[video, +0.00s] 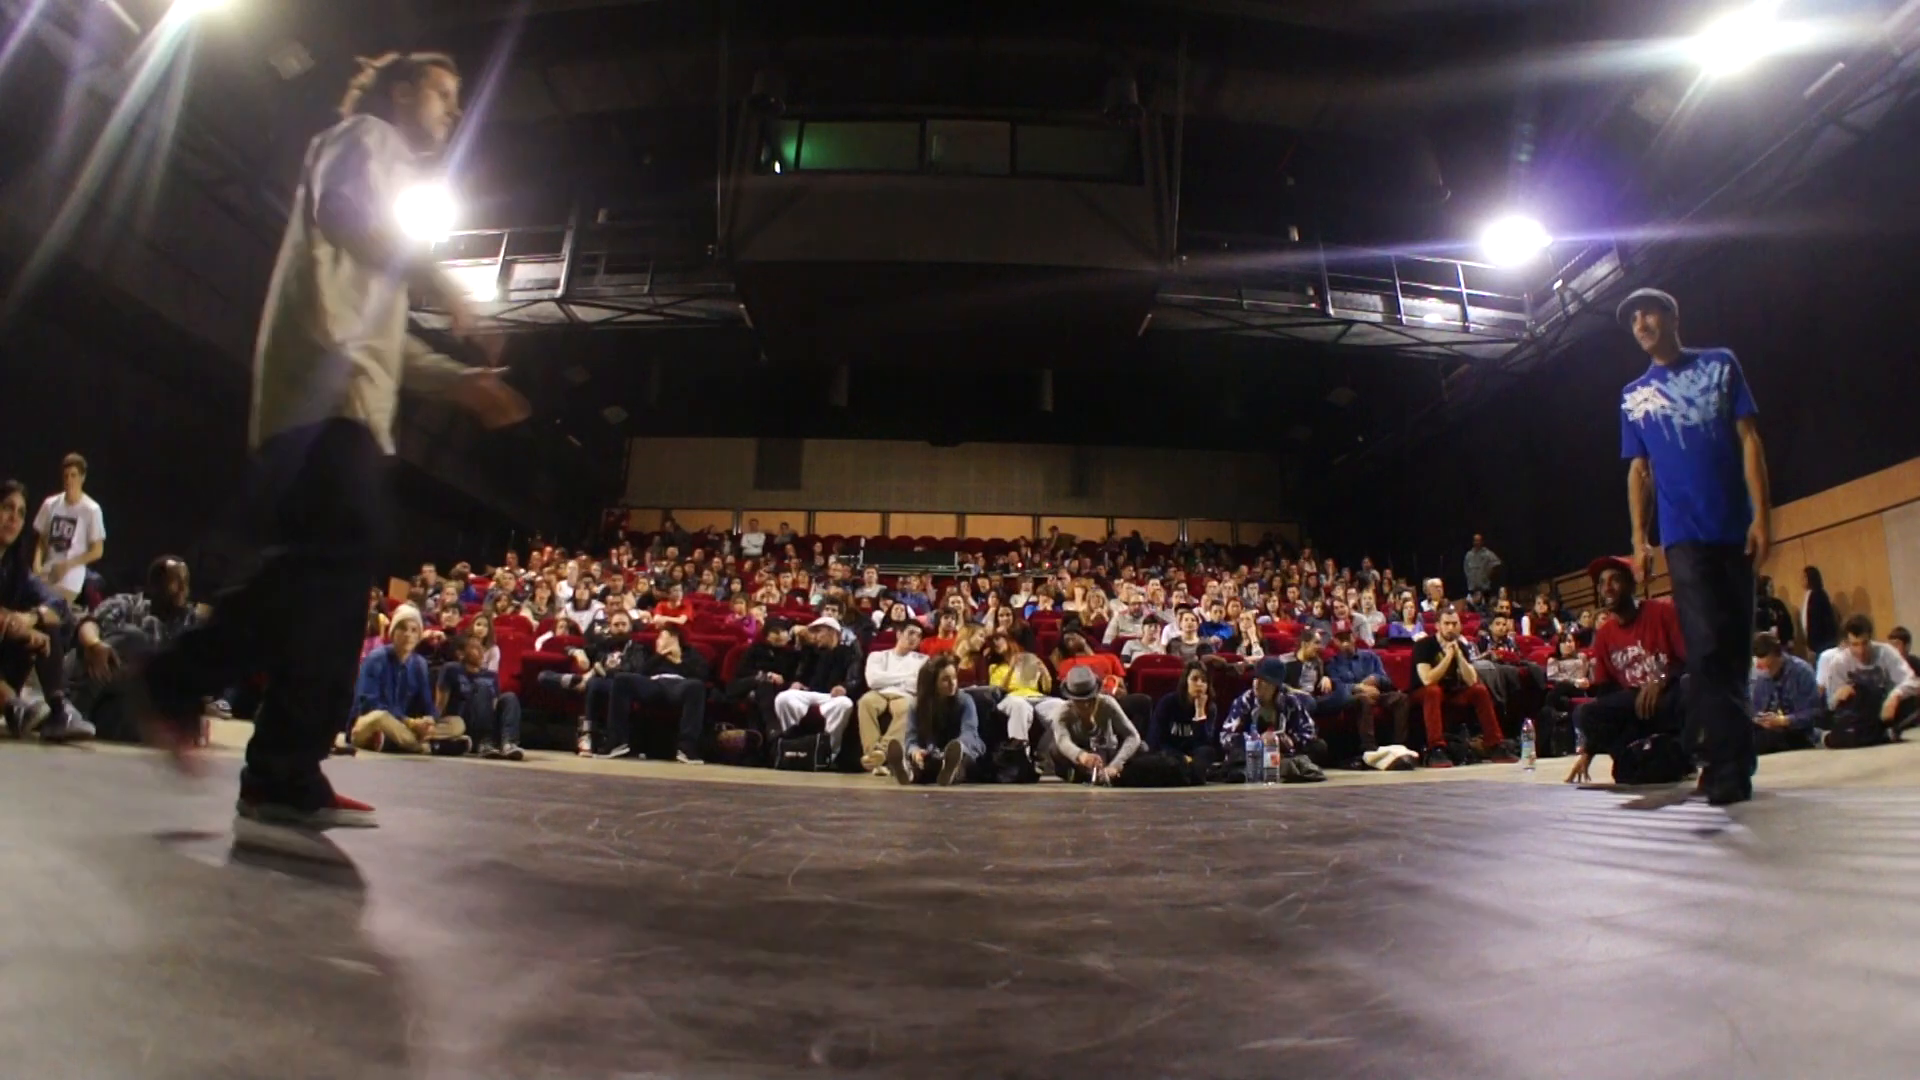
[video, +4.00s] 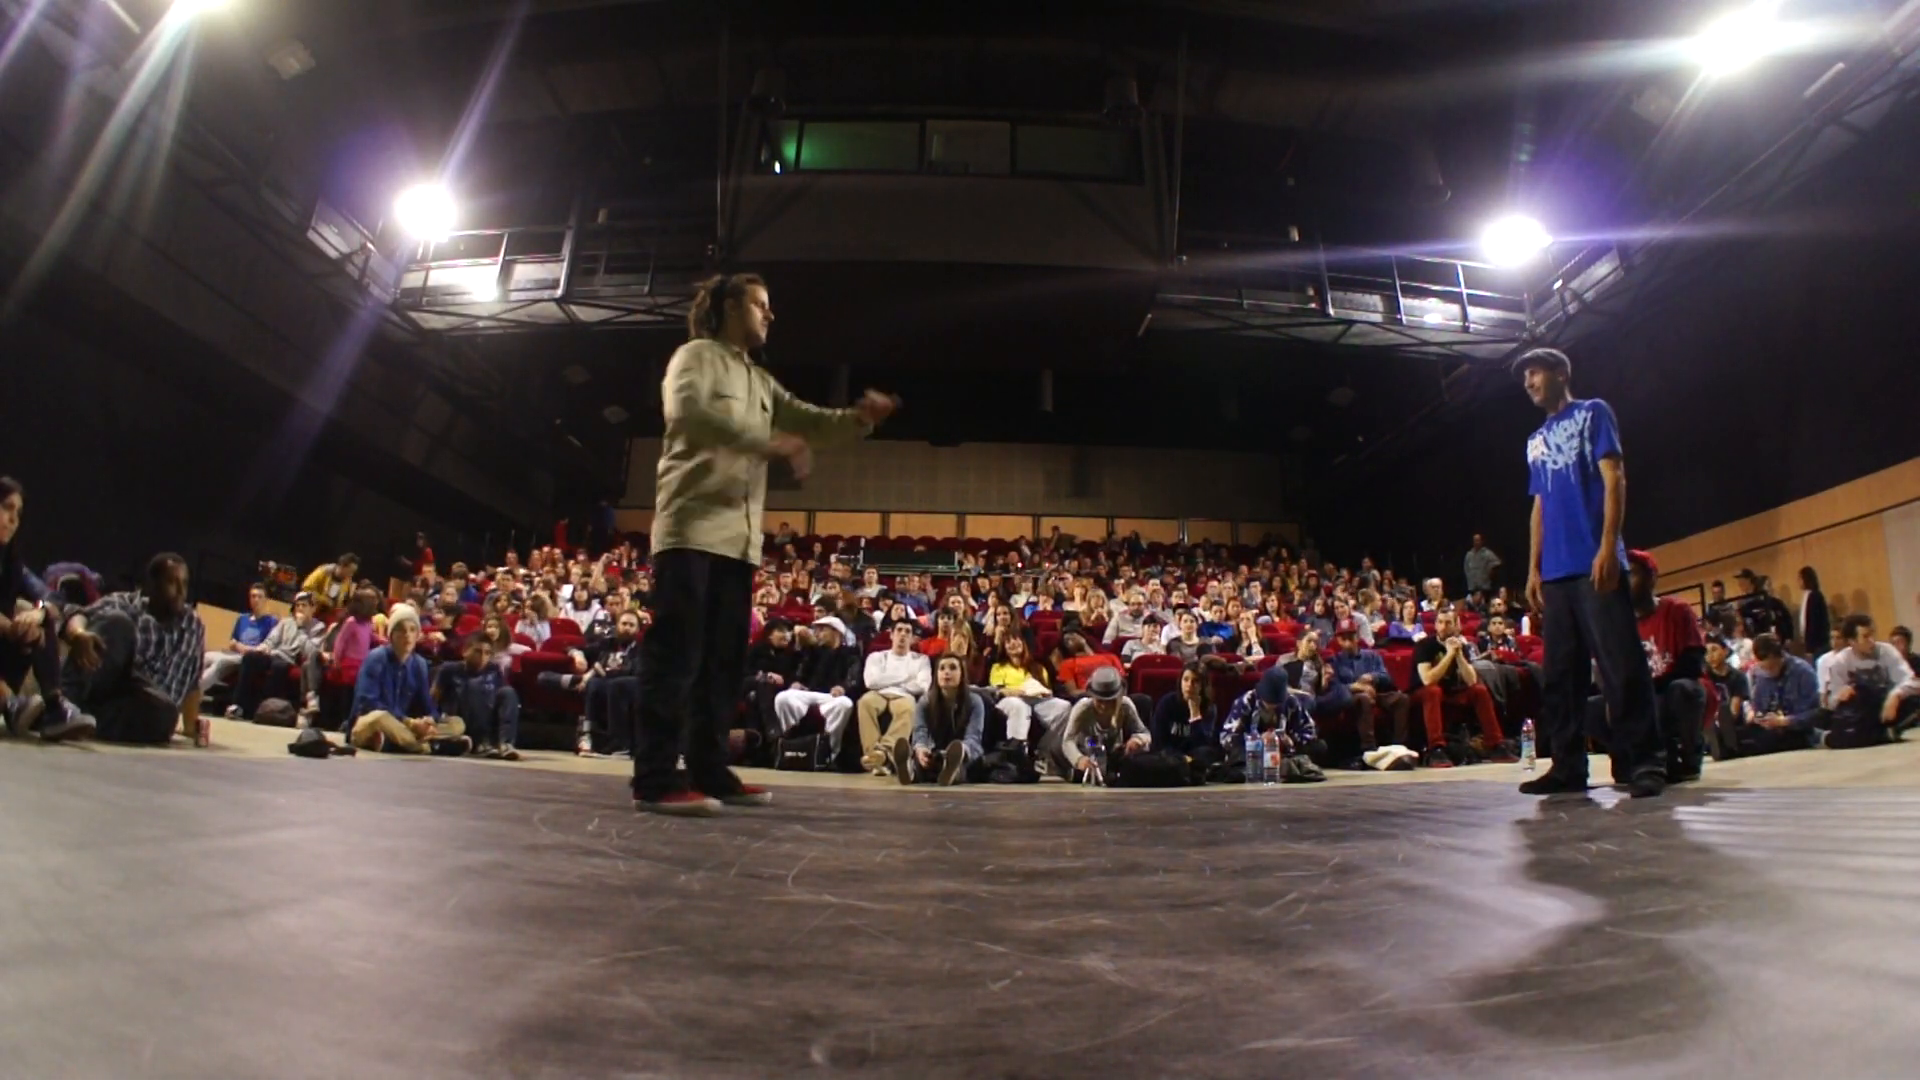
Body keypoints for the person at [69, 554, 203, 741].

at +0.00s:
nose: (173, 589)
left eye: (179, 583)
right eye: (166, 582)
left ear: (186, 587)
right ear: (153, 584)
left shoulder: (193, 620)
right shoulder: (127, 605)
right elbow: (89, 622)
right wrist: (93, 644)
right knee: (131, 637)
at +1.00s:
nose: (180, 587)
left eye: (185, 581)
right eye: (172, 580)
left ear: (188, 586)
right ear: (156, 583)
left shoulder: (194, 624)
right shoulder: (131, 606)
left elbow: (194, 683)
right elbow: (90, 623)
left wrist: (191, 729)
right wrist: (94, 644)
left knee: (160, 719)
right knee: (133, 639)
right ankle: (72, 707)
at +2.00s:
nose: (179, 590)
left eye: (184, 584)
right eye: (171, 582)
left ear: (187, 587)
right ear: (155, 585)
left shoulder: (195, 624)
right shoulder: (129, 606)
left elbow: (194, 682)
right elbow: (89, 624)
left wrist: (191, 730)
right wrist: (93, 644)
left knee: (162, 719)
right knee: (134, 640)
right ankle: (68, 699)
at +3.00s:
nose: (179, 590)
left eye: (184, 584)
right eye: (172, 582)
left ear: (188, 588)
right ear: (156, 584)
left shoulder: (194, 624)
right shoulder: (128, 605)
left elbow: (193, 683)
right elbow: (89, 622)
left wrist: (191, 731)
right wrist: (92, 643)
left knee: (162, 720)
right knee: (133, 638)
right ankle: (69, 701)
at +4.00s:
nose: (180, 591)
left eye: (184, 584)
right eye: (173, 583)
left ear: (188, 587)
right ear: (153, 585)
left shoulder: (194, 627)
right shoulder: (127, 604)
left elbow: (192, 685)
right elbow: (79, 615)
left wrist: (191, 730)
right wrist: (77, 633)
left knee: (161, 717)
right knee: (117, 625)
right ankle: (66, 705)